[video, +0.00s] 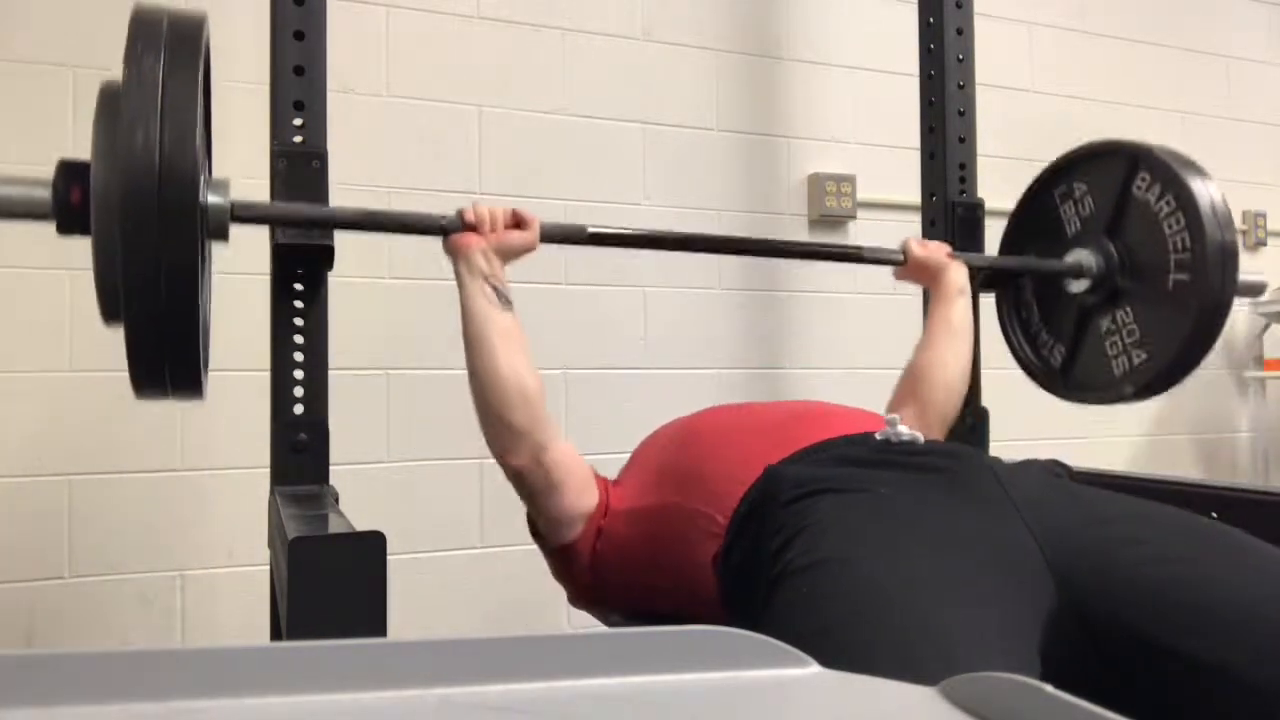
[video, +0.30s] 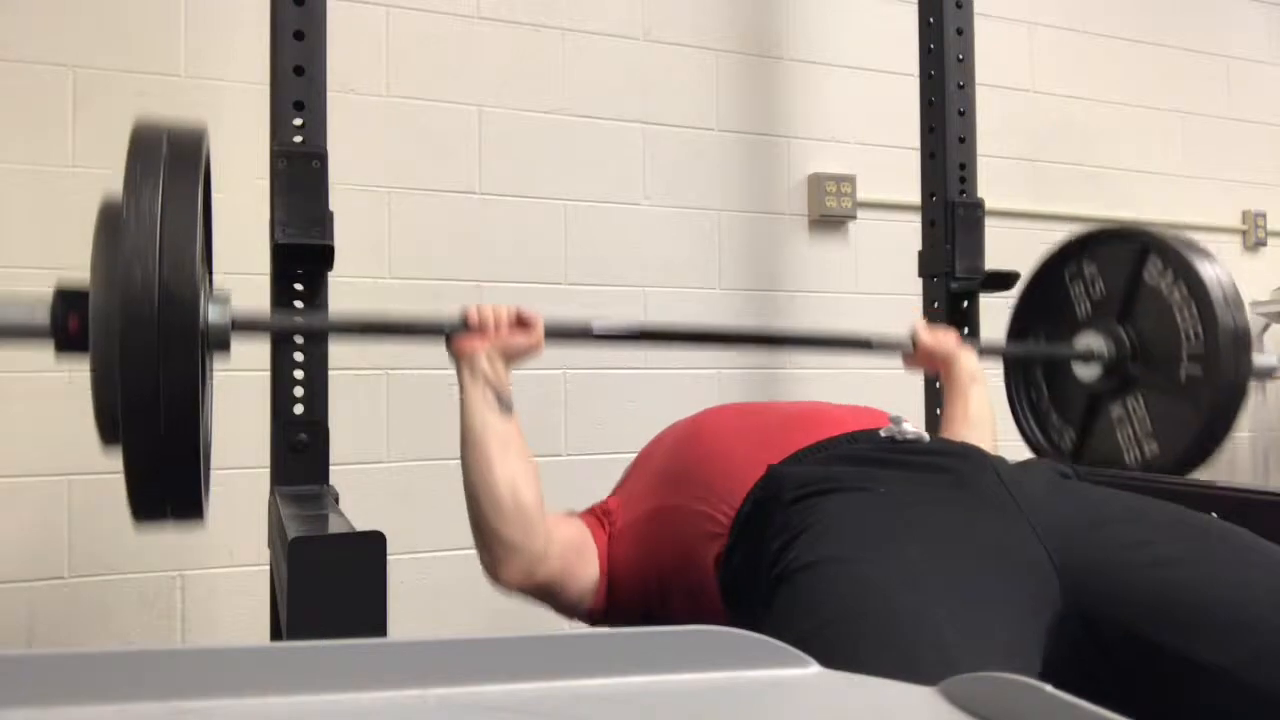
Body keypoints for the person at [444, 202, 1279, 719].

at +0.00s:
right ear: (617, 496)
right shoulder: (606, 529)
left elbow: (922, 418)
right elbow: (523, 432)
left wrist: (950, 288)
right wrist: (478, 273)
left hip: (1013, 479)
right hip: (837, 502)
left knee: (1275, 611)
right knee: (944, 692)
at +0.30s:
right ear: (654, 494)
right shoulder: (625, 537)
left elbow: (990, 483)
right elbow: (519, 550)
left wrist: (965, 371)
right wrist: (481, 381)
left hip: (1028, 485)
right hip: (850, 509)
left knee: (1274, 622)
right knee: (941, 697)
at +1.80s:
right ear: (647, 481)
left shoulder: (865, 422)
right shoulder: (625, 531)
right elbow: (551, 629)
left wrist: (986, 451)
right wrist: (499, 483)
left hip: (1035, 487)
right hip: (858, 504)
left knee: (1273, 608)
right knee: (932, 686)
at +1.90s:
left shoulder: (849, 425)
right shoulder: (613, 544)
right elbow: (555, 635)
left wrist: (986, 457)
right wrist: (498, 499)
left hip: (1035, 487)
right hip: (856, 506)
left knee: (1274, 607)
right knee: (929, 700)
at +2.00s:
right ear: (645, 488)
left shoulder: (870, 422)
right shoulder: (626, 529)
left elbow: (1032, 523)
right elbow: (559, 625)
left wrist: (996, 446)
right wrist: (501, 477)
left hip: (1043, 487)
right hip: (862, 499)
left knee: (1276, 610)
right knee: (939, 690)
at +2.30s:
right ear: (643, 492)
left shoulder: (863, 439)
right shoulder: (617, 544)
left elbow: (965, 464)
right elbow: (516, 505)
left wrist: (966, 339)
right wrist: (485, 342)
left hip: (1043, 482)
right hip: (857, 505)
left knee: (1273, 620)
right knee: (934, 673)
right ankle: (977, 703)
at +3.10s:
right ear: (647, 485)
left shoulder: (866, 423)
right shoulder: (623, 533)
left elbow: (1033, 508)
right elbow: (550, 632)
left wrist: (983, 445)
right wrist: (496, 485)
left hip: (1038, 486)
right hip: (861, 503)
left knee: (1275, 603)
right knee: (929, 695)